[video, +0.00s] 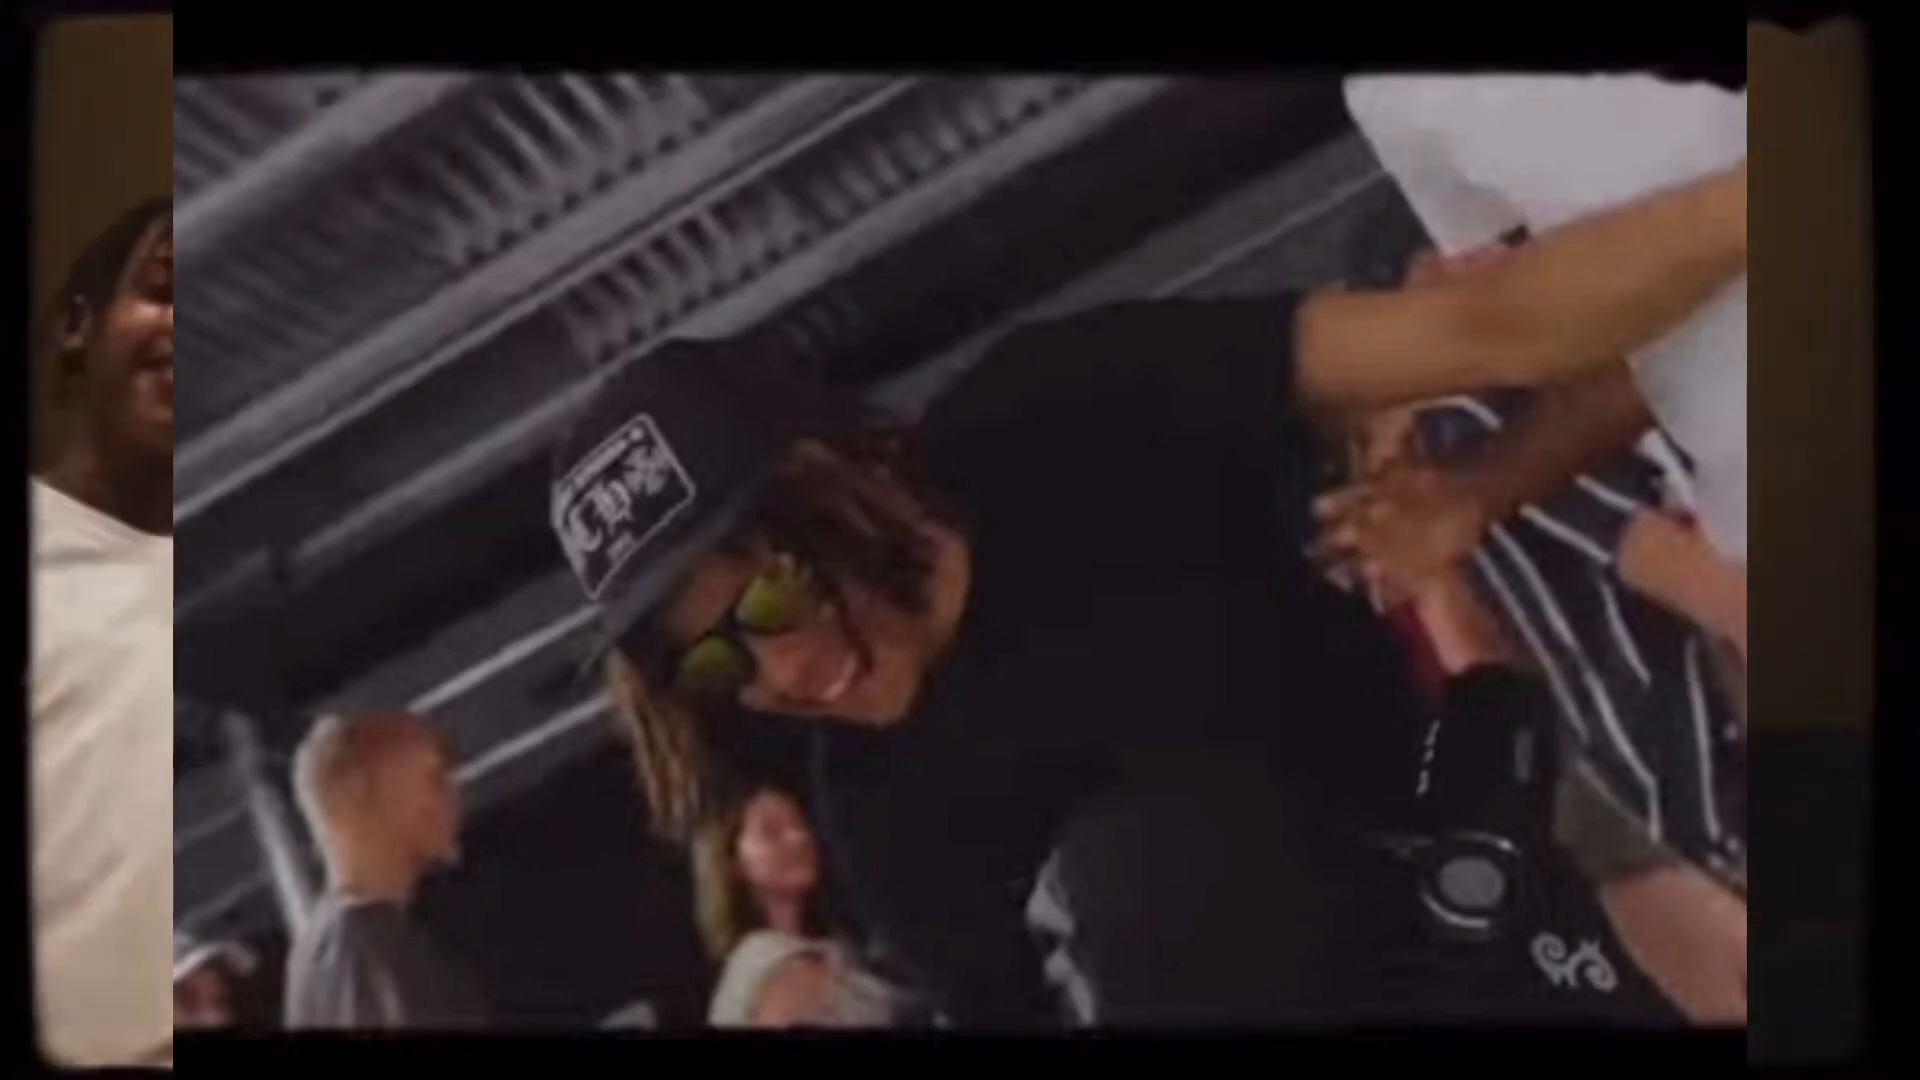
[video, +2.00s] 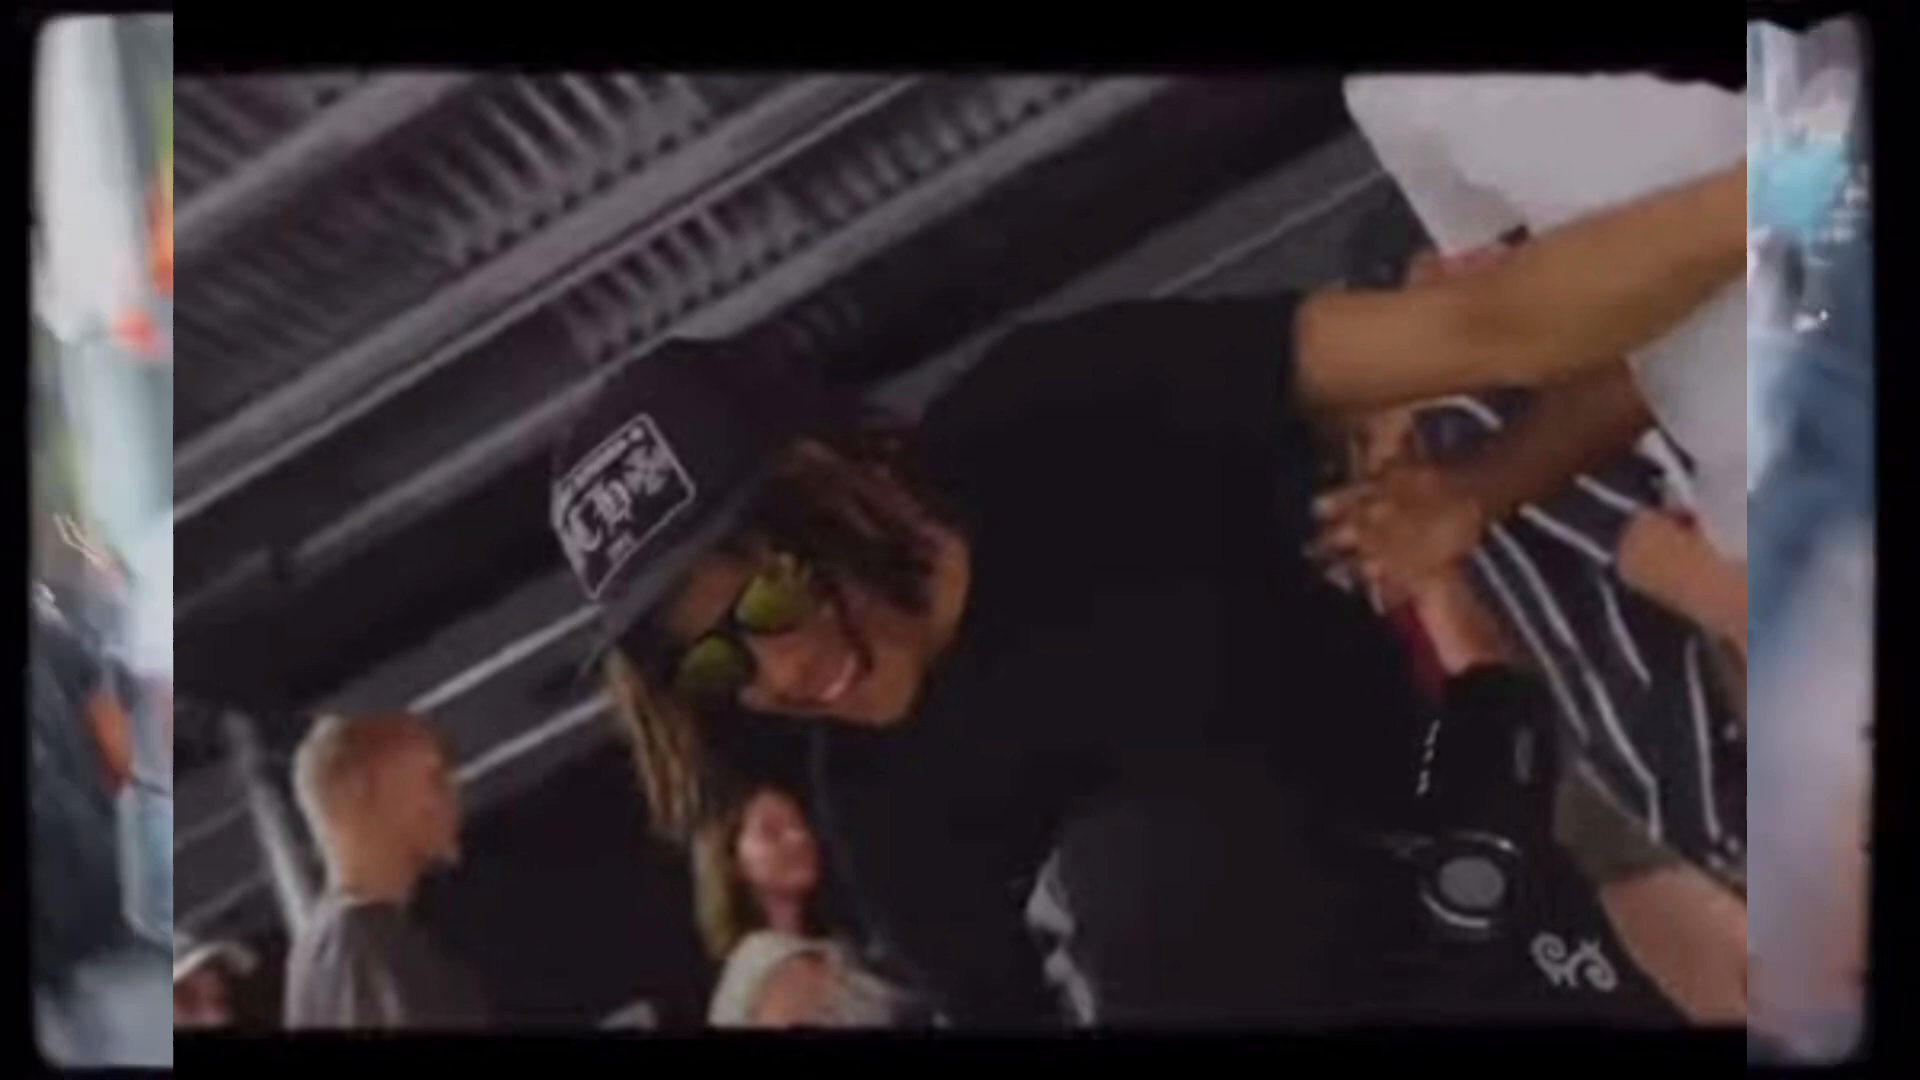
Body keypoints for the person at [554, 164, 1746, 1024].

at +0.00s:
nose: (768, 661)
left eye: (761, 587)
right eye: (709, 657)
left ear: (835, 480)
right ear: (686, 685)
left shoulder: (1051, 403)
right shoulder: (887, 843)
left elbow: (1469, 330)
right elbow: (1030, 1023)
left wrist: (1760, 200)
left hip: (1476, 839)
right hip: (1242, 973)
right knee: (1136, 867)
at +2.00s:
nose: (768, 656)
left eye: (760, 581)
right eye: (708, 654)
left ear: (834, 475)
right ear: (687, 686)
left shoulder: (1053, 403)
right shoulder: (888, 847)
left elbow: (1467, 331)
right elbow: (1038, 1025)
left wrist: (1784, 188)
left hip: (1482, 835)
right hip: (1263, 973)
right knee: (1136, 864)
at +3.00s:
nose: (769, 657)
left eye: (760, 583)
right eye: (710, 655)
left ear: (833, 476)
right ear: (689, 686)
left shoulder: (1056, 402)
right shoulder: (887, 843)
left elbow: (1468, 328)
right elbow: (1029, 1023)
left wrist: (1779, 193)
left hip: (1475, 837)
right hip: (1246, 969)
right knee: (1138, 859)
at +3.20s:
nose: (767, 656)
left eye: (760, 581)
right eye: (708, 653)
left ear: (835, 475)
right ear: (686, 684)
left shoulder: (1051, 403)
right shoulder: (888, 847)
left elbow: (1464, 331)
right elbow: (1039, 1024)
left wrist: (1781, 190)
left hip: (1480, 836)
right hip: (1257, 970)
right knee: (1135, 864)